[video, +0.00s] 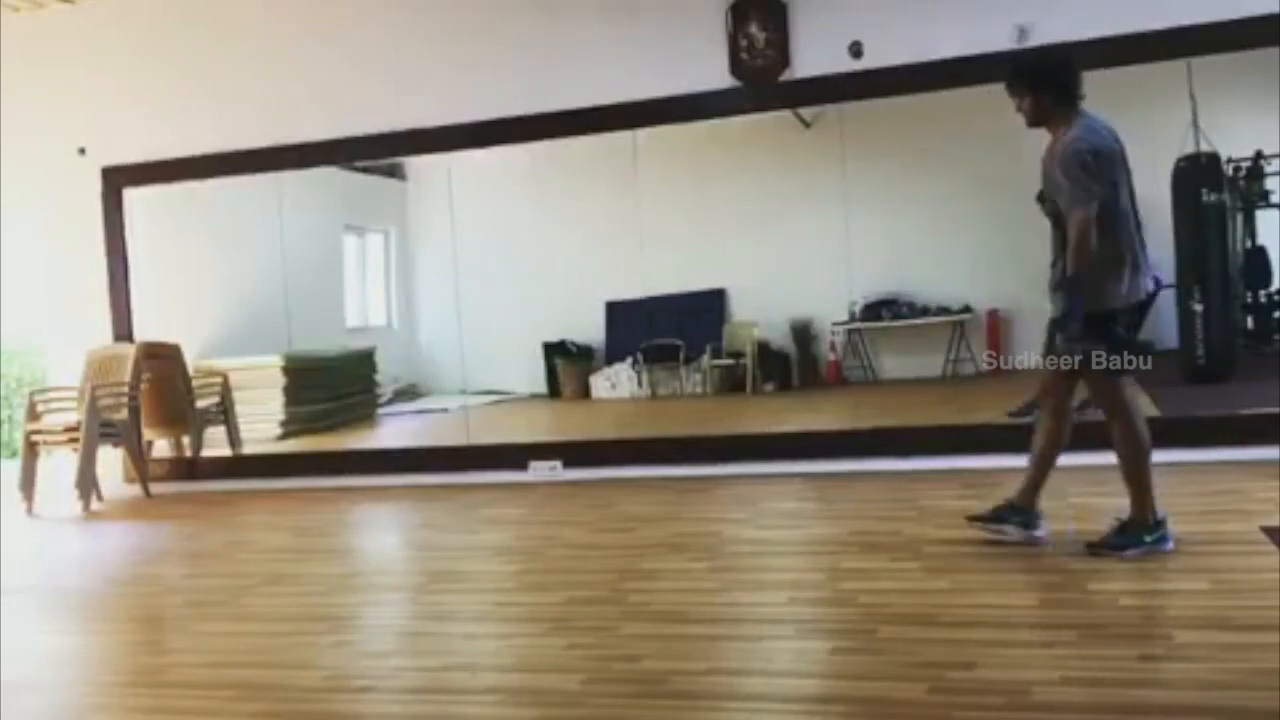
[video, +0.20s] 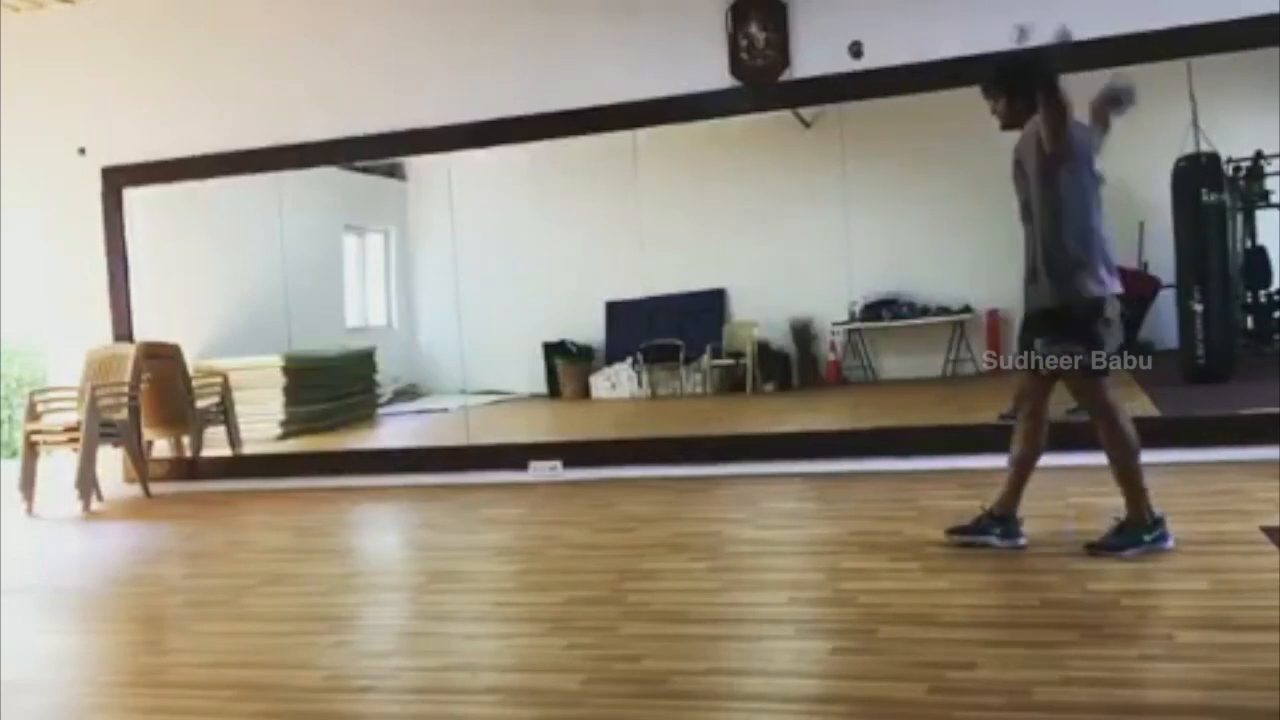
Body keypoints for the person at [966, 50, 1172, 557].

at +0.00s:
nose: (1017, 109)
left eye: (1019, 98)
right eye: (1015, 99)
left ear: (1041, 95)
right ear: (1057, 91)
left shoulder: (1073, 147)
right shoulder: (1093, 134)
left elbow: (1082, 229)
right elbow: (1105, 220)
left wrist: (1068, 293)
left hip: (1101, 298)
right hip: (1107, 292)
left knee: (1114, 401)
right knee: (1054, 394)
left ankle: (1145, 519)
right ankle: (1024, 504)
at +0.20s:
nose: (991, 109)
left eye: (995, 98)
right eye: (989, 100)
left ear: (1023, 95)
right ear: (1014, 102)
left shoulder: (1058, 139)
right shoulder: (1028, 145)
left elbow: (1056, 124)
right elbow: (1088, 136)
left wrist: (1047, 71)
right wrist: (1103, 109)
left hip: (1082, 297)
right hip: (1047, 299)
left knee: (1099, 402)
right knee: (1031, 402)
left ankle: (1143, 519)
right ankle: (1003, 514)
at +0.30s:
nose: (983, 107)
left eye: (988, 96)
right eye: (982, 98)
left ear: (1013, 92)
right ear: (1012, 98)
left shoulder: (1038, 130)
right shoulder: (1048, 131)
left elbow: (1042, 65)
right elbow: (1076, 96)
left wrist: (1029, 9)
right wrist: (1083, 55)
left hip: (1059, 290)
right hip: (1040, 290)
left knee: (1093, 403)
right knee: (1022, 402)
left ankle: (1140, 518)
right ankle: (1000, 514)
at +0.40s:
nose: (976, 104)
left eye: (980, 93)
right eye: (974, 95)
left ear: (1004, 87)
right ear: (1002, 89)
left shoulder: (1023, 120)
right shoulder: (1020, 124)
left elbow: (1007, 38)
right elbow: (1017, 40)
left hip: (1031, 282)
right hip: (1021, 282)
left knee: (1059, 403)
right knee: (1012, 403)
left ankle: (1131, 509)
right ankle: (998, 514)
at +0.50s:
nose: (973, 107)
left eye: (976, 94)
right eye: (970, 98)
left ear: (1000, 86)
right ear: (1000, 87)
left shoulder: (1020, 122)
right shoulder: (1011, 130)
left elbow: (986, 36)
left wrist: (967, 0)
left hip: (1024, 277)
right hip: (1018, 277)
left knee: (1020, 399)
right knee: (1015, 400)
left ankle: (1121, 503)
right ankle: (999, 515)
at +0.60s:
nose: (955, 117)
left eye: (957, 106)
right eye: (947, 110)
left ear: (985, 99)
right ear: (1018, 99)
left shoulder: (1012, 128)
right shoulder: (1023, 140)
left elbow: (948, 99)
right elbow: (945, 113)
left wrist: (916, 57)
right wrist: (892, 77)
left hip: (1011, 282)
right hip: (1023, 284)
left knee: (988, 402)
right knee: (1011, 404)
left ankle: (1086, 492)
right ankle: (999, 516)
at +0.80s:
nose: (958, 113)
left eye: (962, 102)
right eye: (957, 102)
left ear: (986, 101)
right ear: (1000, 100)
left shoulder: (998, 158)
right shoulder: (1021, 150)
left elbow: (949, 234)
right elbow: (982, 244)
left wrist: (901, 285)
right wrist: (945, 297)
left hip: (1007, 294)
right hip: (1023, 293)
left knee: (990, 403)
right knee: (997, 403)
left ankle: (1057, 514)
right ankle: (998, 517)